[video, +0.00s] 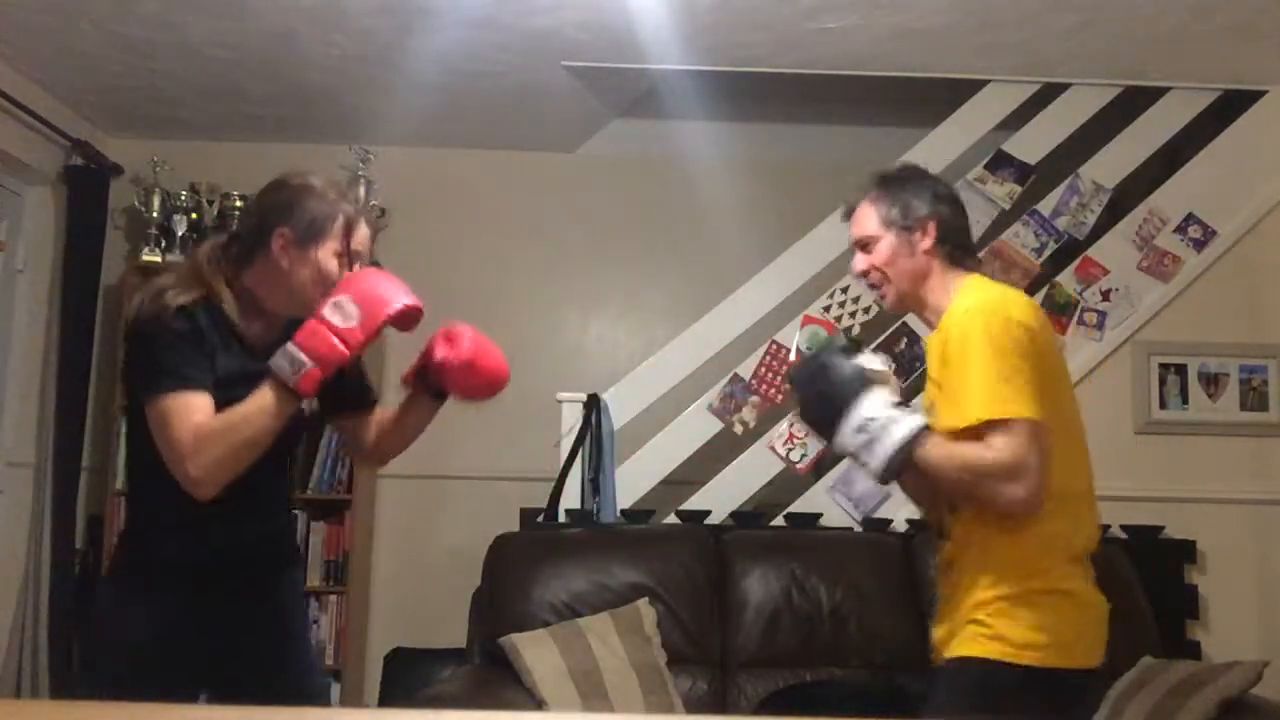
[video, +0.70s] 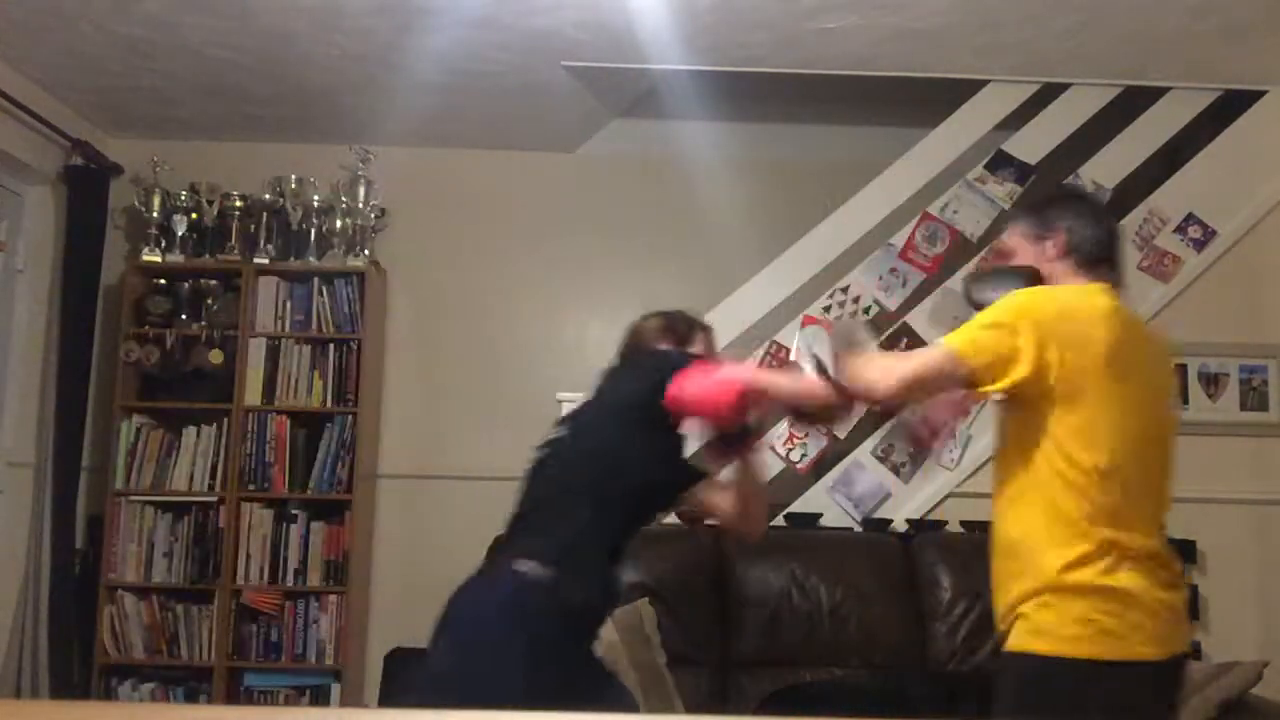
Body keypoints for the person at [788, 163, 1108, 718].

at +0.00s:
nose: (858, 268)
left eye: (867, 245)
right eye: (855, 252)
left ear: (924, 234)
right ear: (921, 238)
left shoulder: (985, 311)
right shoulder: (961, 329)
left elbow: (1015, 481)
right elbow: (959, 504)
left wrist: (879, 427)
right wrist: (880, 426)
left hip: (1020, 638)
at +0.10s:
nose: (845, 247)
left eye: (854, 226)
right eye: (841, 233)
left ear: (909, 212)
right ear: (905, 217)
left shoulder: (959, 286)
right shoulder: (952, 294)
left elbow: (986, 448)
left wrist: (838, 405)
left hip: (1001, 627)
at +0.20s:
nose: (841, 254)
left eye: (849, 232)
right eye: (837, 239)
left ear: (901, 218)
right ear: (903, 219)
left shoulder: (934, 294)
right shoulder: (1000, 300)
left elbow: (926, 442)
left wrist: (789, 399)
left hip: (984, 649)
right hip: (1050, 642)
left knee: (784, 709)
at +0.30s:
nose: (848, 256)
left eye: (852, 234)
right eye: (842, 240)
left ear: (904, 220)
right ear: (913, 221)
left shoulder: (929, 294)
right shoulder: (1018, 306)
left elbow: (859, 407)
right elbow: (927, 455)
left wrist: (730, 335)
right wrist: (827, 377)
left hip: (980, 654)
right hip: (1064, 648)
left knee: (784, 705)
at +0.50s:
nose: (911, 256)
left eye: (917, 238)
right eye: (908, 243)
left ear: (963, 224)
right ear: (975, 230)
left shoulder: (968, 292)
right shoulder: (1075, 321)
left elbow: (860, 367)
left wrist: (728, 319)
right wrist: (855, 336)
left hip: (993, 639)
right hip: (1095, 636)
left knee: (786, 704)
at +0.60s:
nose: (945, 269)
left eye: (951, 252)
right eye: (944, 254)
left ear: (993, 244)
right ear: (1038, 250)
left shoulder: (1005, 314)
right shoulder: (1101, 341)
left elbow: (864, 394)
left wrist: (801, 295)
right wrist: (961, 319)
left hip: (1034, 648)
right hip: (1119, 647)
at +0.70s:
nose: (1001, 269)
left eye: (1009, 253)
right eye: (1001, 255)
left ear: (1056, 245)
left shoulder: (1041, 312)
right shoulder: (1150, 345)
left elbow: (891, 380)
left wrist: (852, 357)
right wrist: (966, 390)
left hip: (1069, 650)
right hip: (1151, 651)